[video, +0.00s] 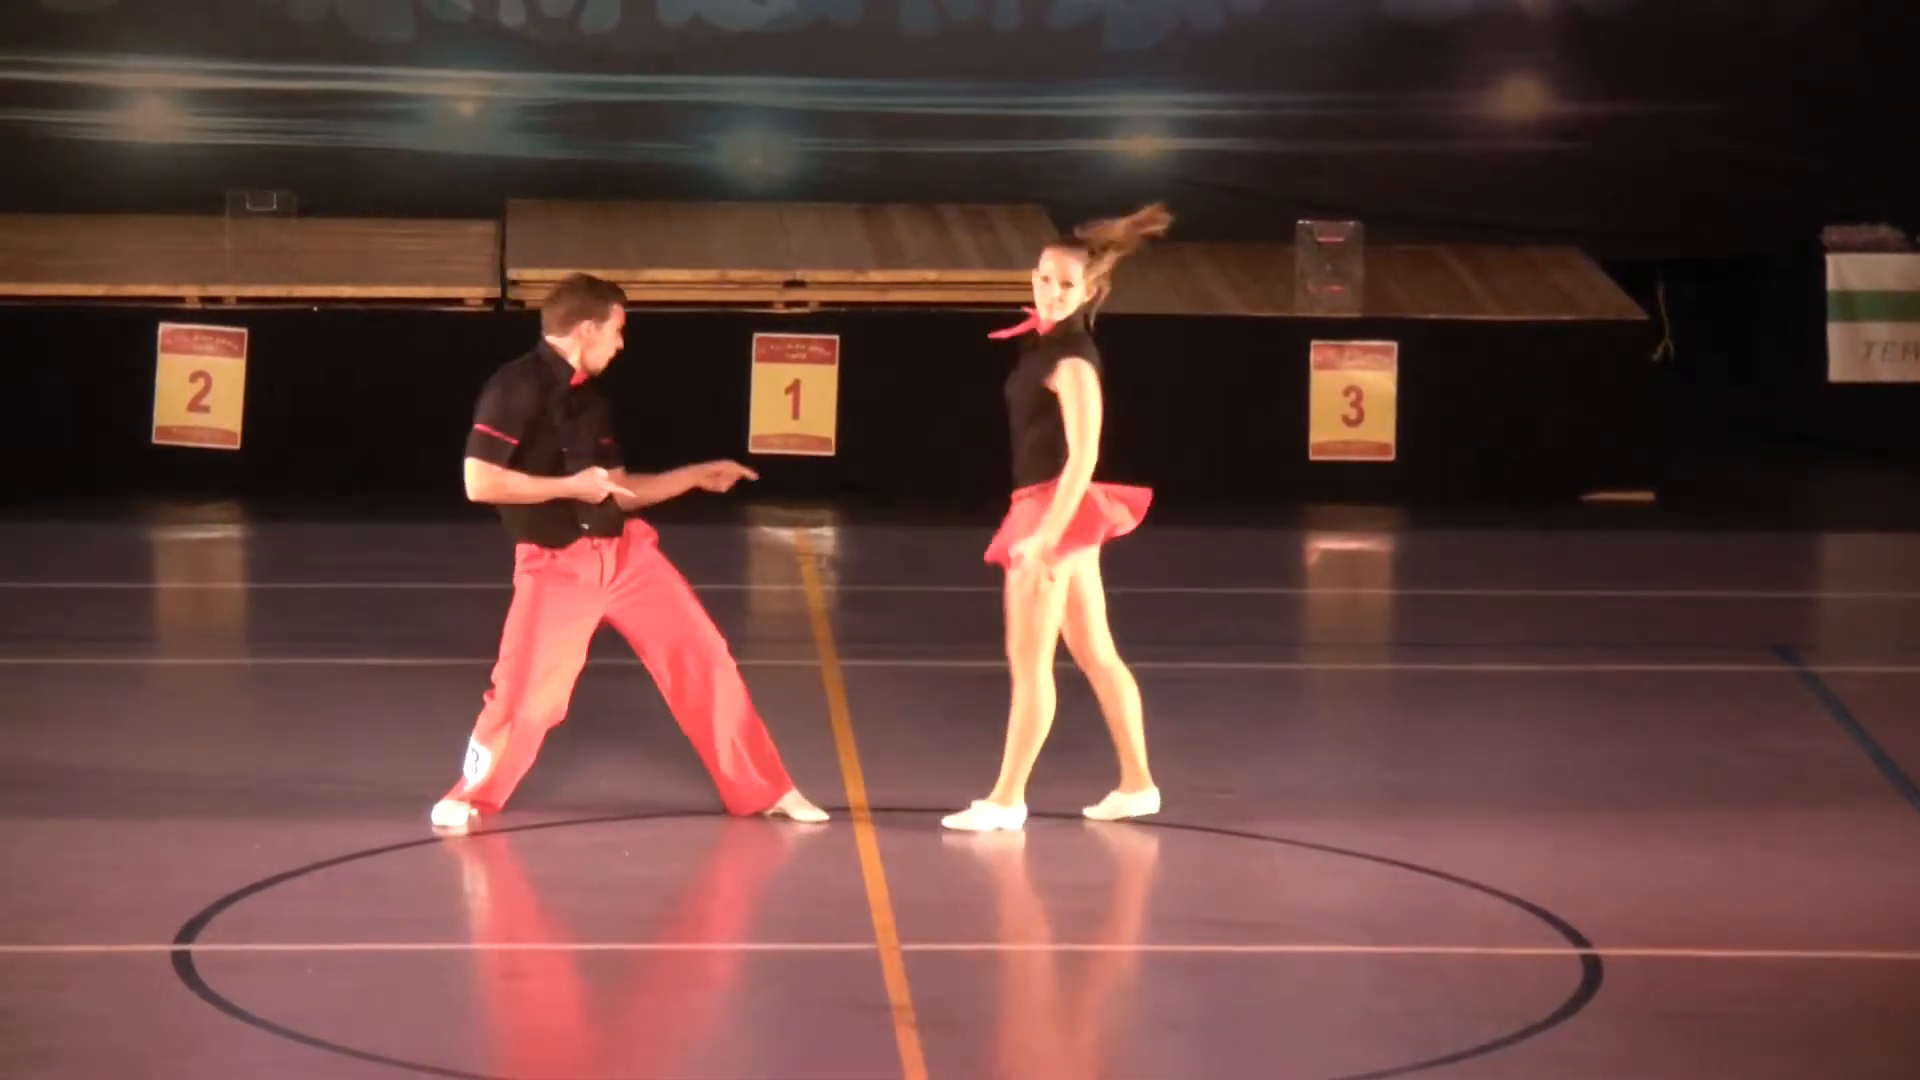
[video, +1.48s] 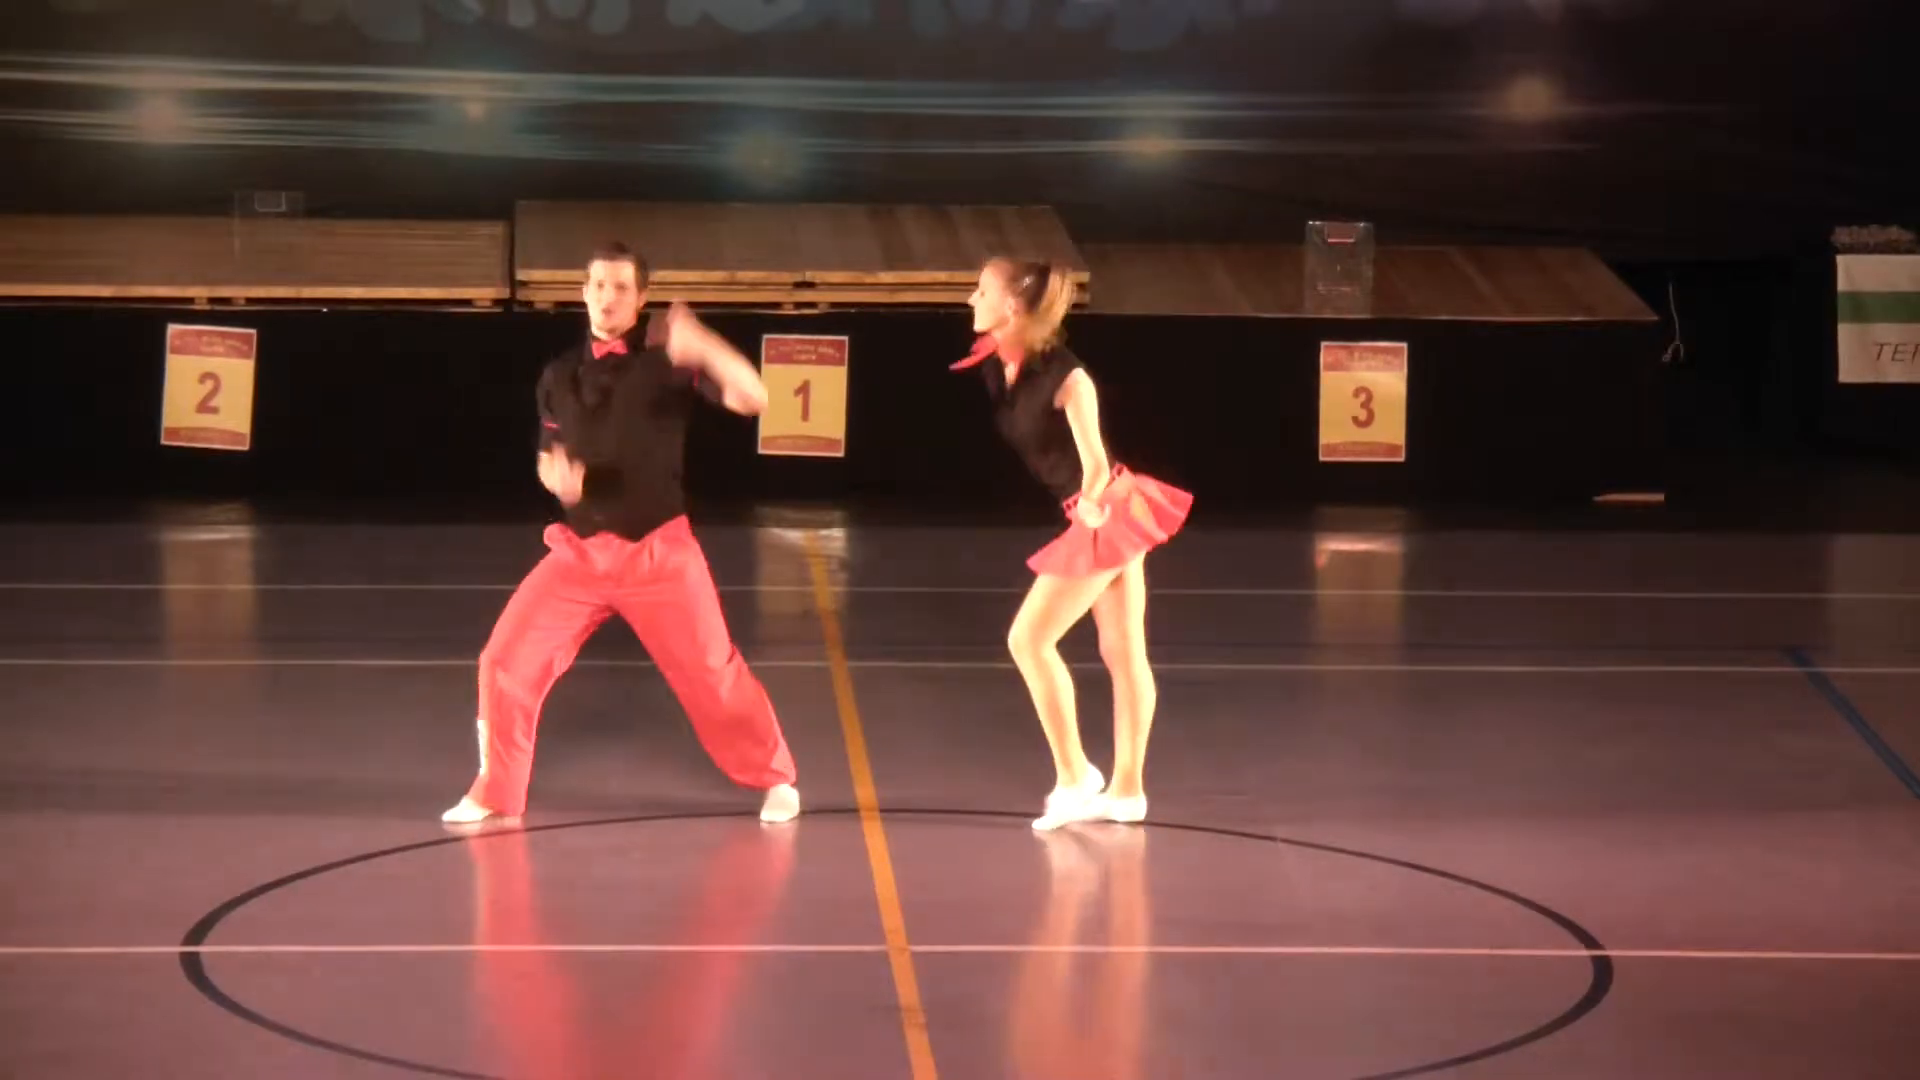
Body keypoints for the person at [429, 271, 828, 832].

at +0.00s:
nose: (620, 345)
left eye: (622, 333)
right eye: (616, 331)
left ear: (580, 331)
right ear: (581, 329)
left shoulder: (589, 395)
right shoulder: (514, 387)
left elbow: (613, 488)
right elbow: (480, 482)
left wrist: (696, 474)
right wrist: (571, 486)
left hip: (628, 553)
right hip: (553, 566)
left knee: (705, 659)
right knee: (525, 694)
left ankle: (766, 789)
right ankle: (469, 800)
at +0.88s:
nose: (607, 309)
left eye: (615, 297)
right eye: (594, 297)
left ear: (628, 304)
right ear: (570, 305)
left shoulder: (656, 375)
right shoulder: (539, 379)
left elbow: (697, 446)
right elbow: (500, 471)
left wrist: (678, 500)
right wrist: (550, 452)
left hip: (655, 561)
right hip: (568, 564)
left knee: (724, 674)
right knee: (519, 679)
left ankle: (776, 799)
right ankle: (470, 799)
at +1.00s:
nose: (615, 286)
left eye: (625, 275)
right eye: (604, 275)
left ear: (643, 283)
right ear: (587, 284)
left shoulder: (661, 361)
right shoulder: (558, 335)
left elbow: (686, 434)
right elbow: (498, 372)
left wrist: (671, 481)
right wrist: (533, 292)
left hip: (648, 537)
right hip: (568, 537)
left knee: (710, 660)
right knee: (529, 666)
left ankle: (763, 791)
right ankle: (470, 795)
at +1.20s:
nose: (621, 295)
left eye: (632, 284)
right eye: (611, 284)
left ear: (652, 297)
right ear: (594, 295)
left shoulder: (667, 375)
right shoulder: (564, 348)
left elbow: (705, 473)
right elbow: (488, 358)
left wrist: (678, 461)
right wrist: (521, 284)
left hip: (651, 553)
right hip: (570, 549)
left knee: (726, 647)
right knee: (525, 666)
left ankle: (733, 786)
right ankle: (453, 795)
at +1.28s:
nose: (618, 281)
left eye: (631, 271)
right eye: (609, 269)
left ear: (649, 281)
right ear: (592, 277)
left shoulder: (673, 350)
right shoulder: (561, 346)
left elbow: (723, 411)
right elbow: (492, 415)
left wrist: (702, 334)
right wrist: (533, 378)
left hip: (656, 537)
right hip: (570, 535)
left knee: (713, 658)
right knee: (518, 658)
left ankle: (748, 781)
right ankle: (461, 793)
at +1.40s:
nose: (610, 290)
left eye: (622, 280)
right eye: (601, 278)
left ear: (641, 291)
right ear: (586, 286)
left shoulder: (663, 347)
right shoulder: (565, 367)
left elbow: (742, 354)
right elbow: (552, 449)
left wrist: (715, 272)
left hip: (652, 541)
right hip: (575, 542)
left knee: (702, 662)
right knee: (507, 659)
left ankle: (771, 778)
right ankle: (496, 798)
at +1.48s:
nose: (607, 298)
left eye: (619, 287)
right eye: (598, 285)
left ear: (641, 297)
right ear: (583, 292)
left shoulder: (669, 361)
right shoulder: (561, 376)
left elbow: (752, 401)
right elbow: (551, 455)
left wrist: (702, 345)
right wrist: (561, 478)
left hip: (661, 554)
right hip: (577, 554)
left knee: (712, 675)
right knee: (503, 666)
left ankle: (777, 779)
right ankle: (497, 794)